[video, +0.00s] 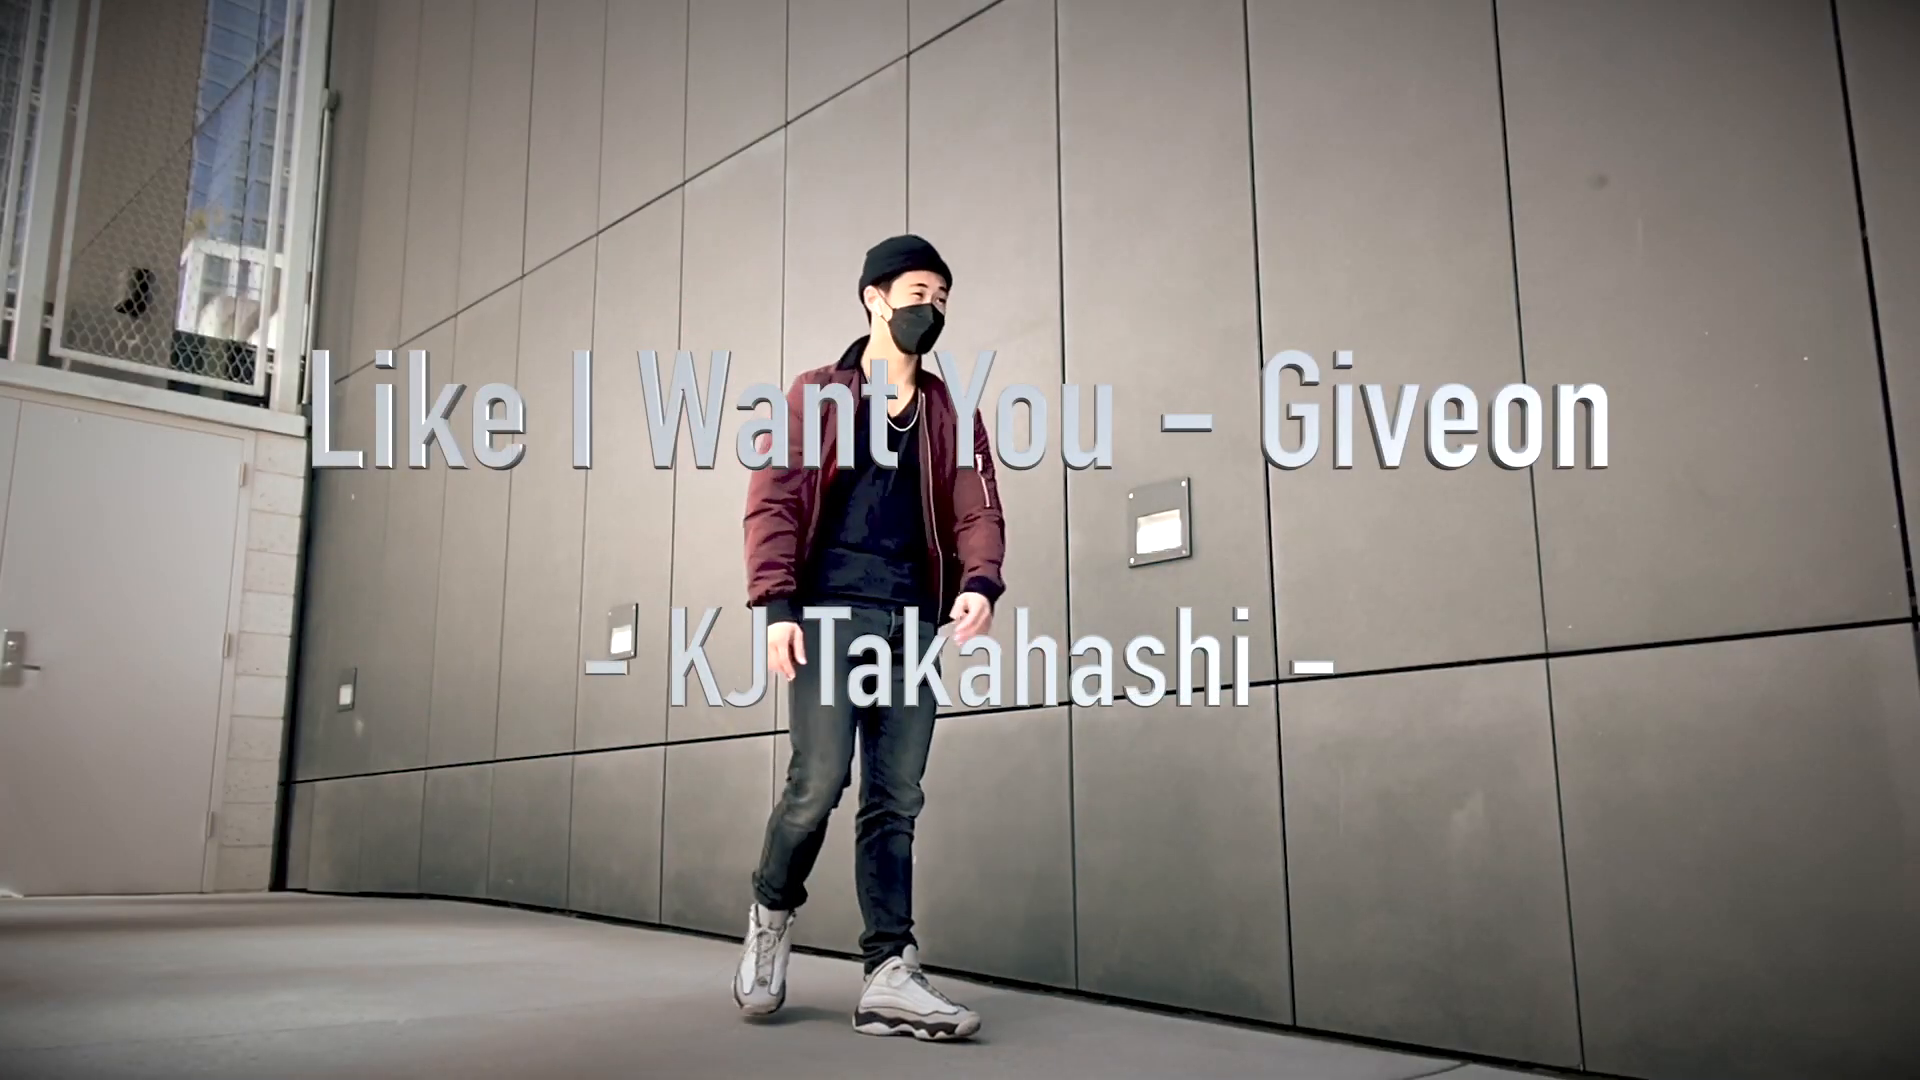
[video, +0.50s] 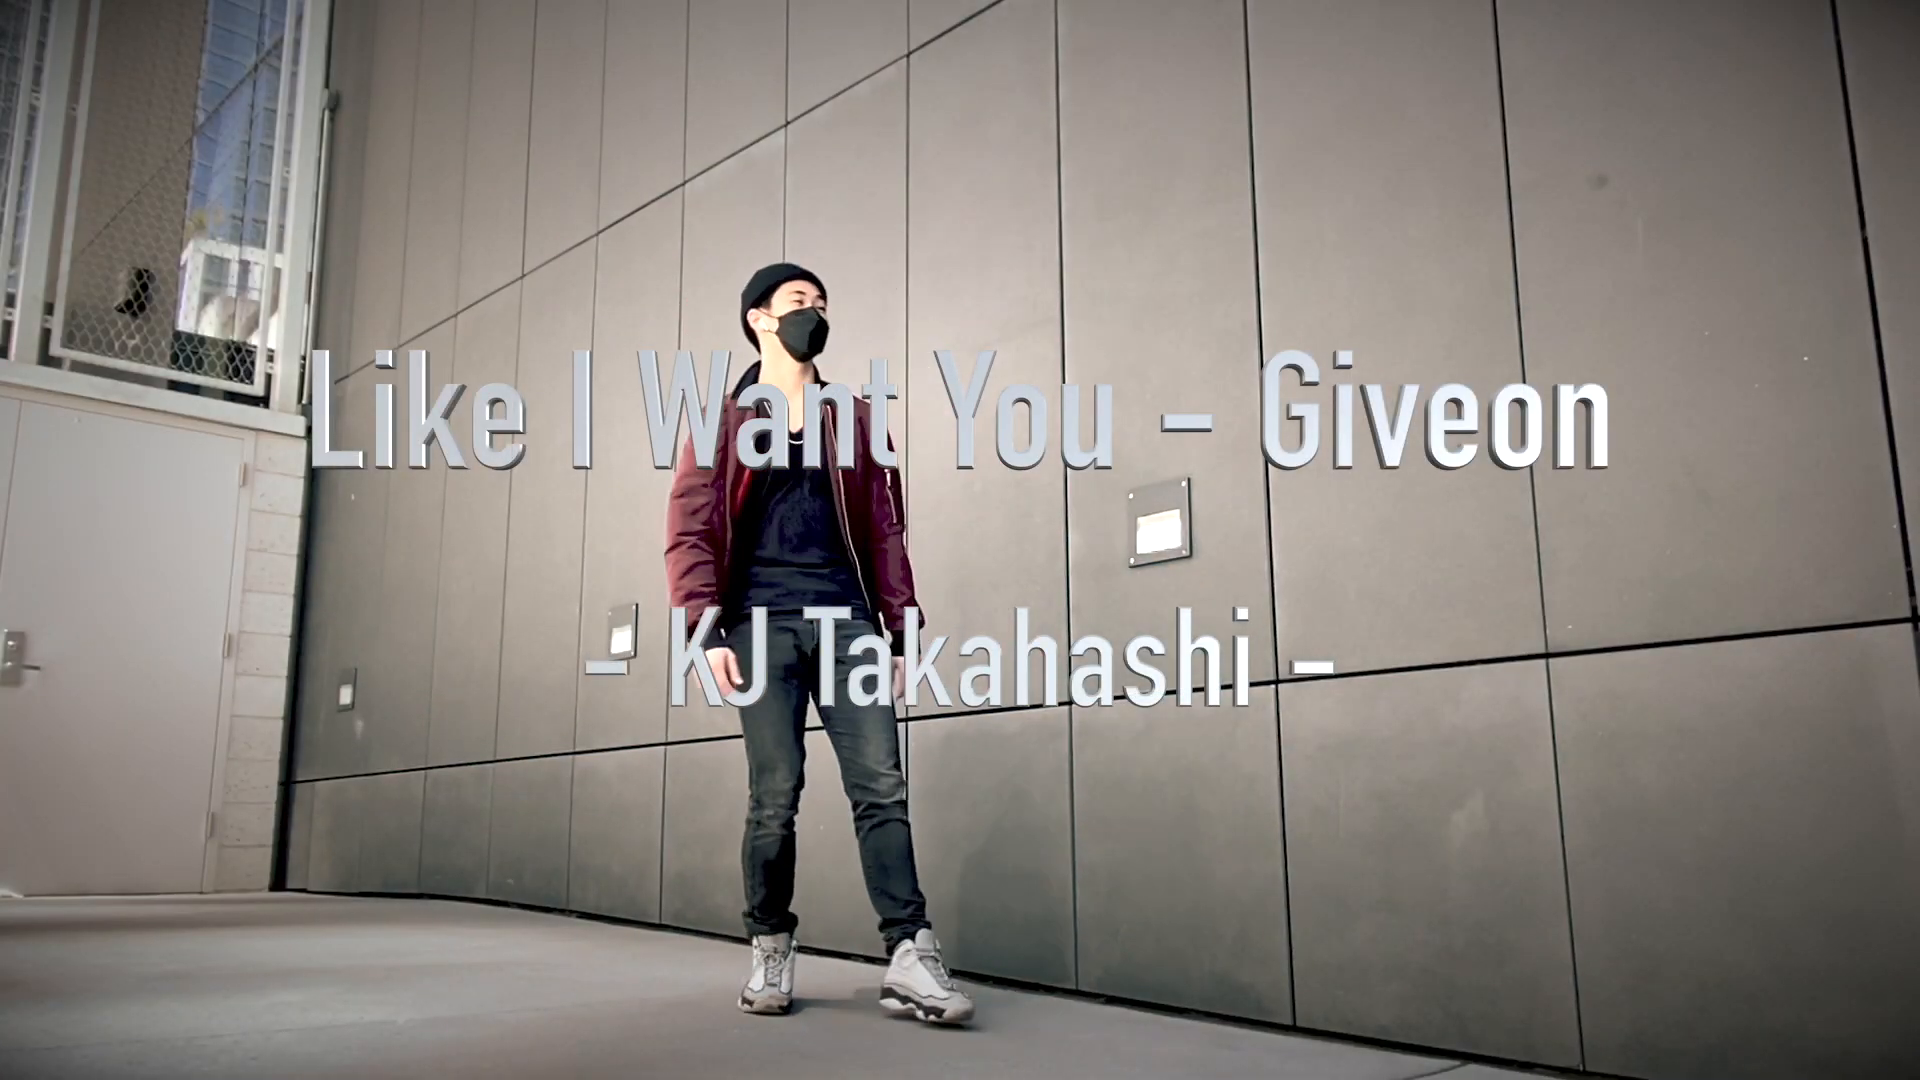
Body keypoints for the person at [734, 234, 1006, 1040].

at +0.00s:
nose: (932, 300)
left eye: (940, 292)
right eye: (916, 287)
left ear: (943, 310)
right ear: (873, 299)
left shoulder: (949, 411)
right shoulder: (813, 395)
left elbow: (978, 509)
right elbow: (774, 503)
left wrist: (979, 583)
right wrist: (779, 607)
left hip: (915, 618)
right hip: (827, 612)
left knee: (896, 797)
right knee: (819, 783)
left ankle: (888, 973)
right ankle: (772, 922)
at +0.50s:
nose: (812, 309)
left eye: (819, 301)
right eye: (795, 300)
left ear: (826, 323)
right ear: (756, 322)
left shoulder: (858, 415)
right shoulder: (722, 416)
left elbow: (885, 527)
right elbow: (691, 526)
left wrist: (902, 631)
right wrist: (707, 632)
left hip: (851, 621)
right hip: (762, 623)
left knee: (882, 789)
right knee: (775, 795)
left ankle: (909, 954)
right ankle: (771, 951)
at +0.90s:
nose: (763, 312)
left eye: (769, 304)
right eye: (745, 305)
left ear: (782, 329)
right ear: (712, 332)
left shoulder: (812, 415)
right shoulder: (684, 415)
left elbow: (841, 519)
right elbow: (645, 530)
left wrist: (854, 614)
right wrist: (630, 637)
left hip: (804, 618)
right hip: (725, 617)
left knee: (814, 780)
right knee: (744, 785)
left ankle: (726, 889)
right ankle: (761, 943)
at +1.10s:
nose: (745, 335)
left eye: (751, 327)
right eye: (728, 327)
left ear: (761, 347)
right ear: (693, 347)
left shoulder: (781, 434)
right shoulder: (668, 430)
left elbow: (812, 529)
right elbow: (630, 539)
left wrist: (810, 607)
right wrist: (641, 639)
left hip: (774, 622)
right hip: (702, 619)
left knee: (752, 787)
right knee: (730, 784)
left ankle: (644, 897)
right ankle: (755, 940)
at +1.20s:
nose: (736, 352)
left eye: (741, 343)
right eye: (721, 343)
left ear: (745, 358)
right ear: (680, 355)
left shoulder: (759, 438)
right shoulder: (652, 438)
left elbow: (787, 536)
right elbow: (624, 544)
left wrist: (790, 618)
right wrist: (640, 638)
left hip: (755, 630)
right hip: (688, 629)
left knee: (717, 789)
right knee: (721, 783)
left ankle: (622, 911)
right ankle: (750, 941)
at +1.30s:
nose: (721, 360)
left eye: (727, 351)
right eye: (707, 349)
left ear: (734, 365)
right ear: (669, 361)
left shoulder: (744, 450)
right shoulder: (640, 444)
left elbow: (762, 547)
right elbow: (617, 547)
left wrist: (776, 633)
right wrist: (640, 639)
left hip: (736, 639)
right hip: (674, 638)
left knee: (689, 792)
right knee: (711, 784)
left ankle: (610, 921)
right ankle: (747, 940)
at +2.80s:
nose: (546, 321)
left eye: (560, 317)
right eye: (531, 313)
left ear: (573, 346)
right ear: (505, 340)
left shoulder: (600, 436)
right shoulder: (467, 412)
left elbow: (621, 540)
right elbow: (416, 508)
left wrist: (626, 626)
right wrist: (379, 598)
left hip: (568, 615)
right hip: (483, 614)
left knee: (598, 749)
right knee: (482, 773)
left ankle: (569, 903)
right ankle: (477, 920)